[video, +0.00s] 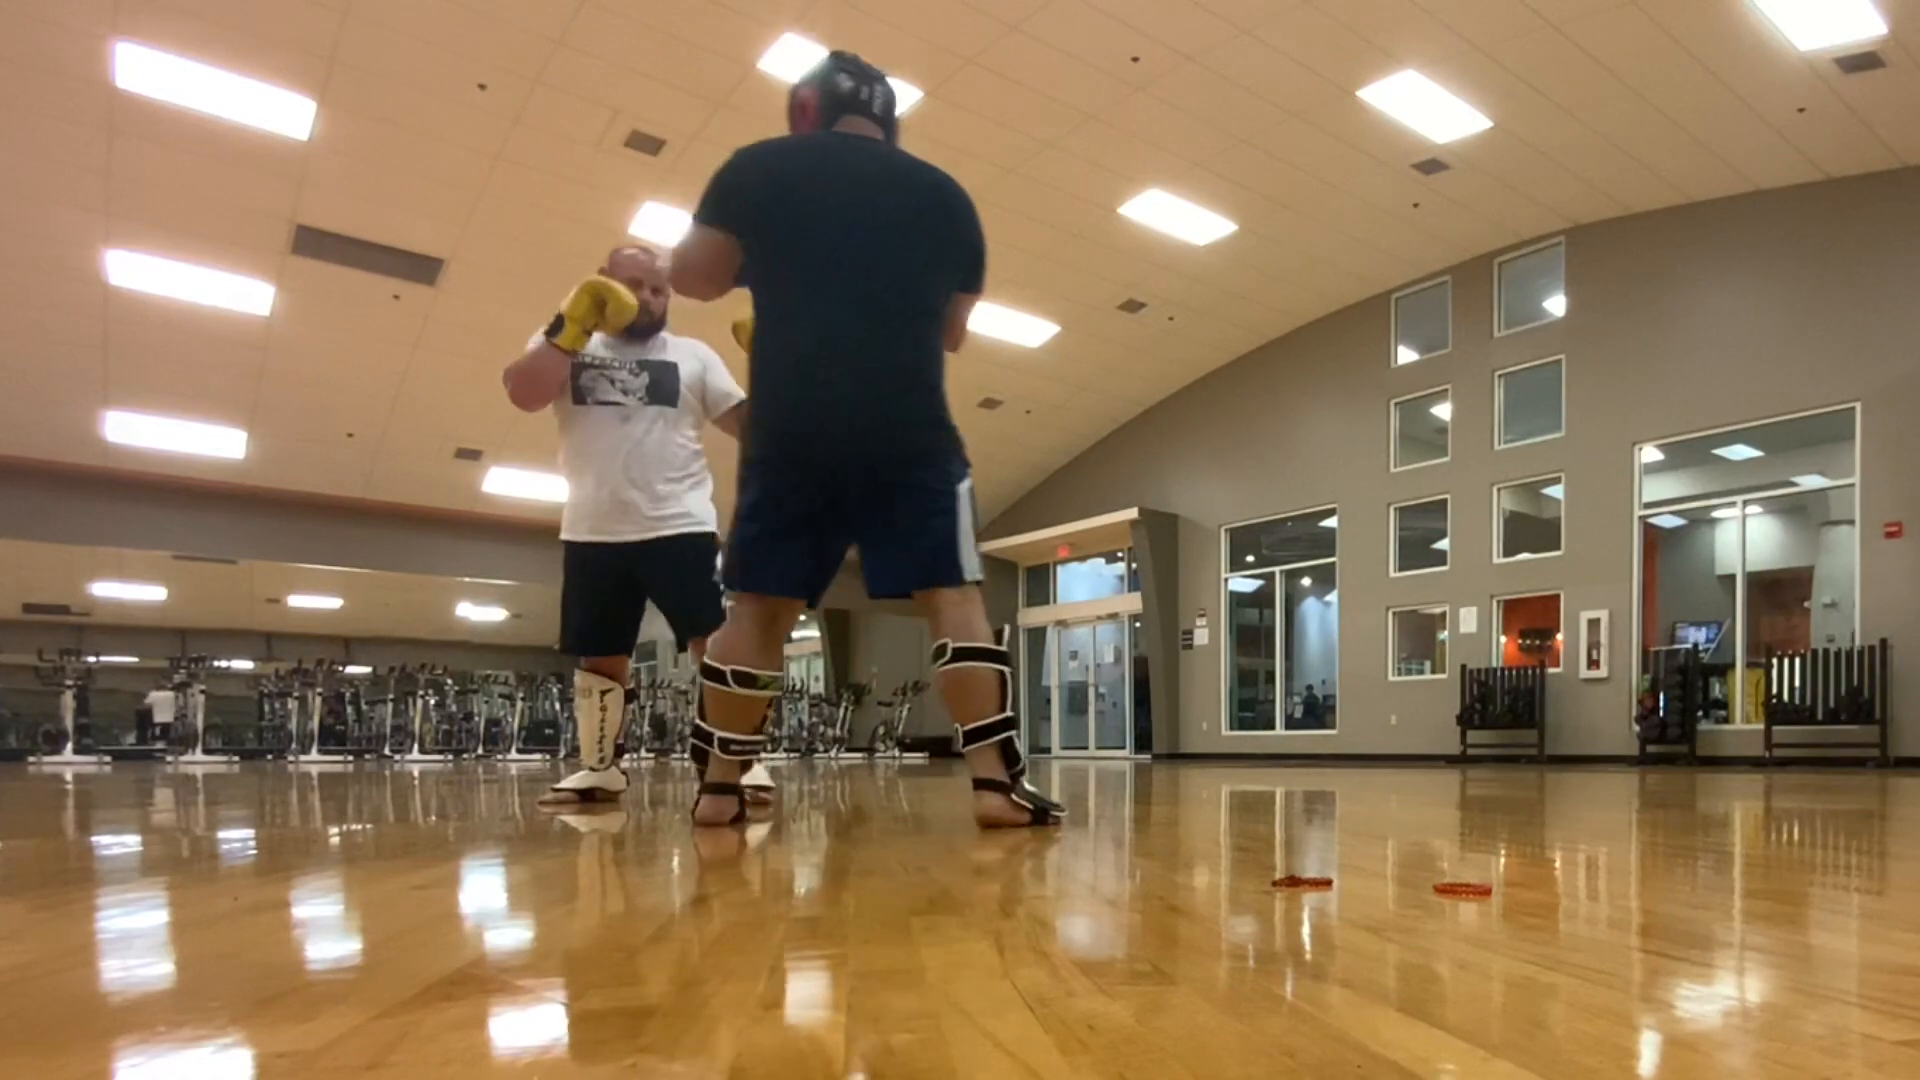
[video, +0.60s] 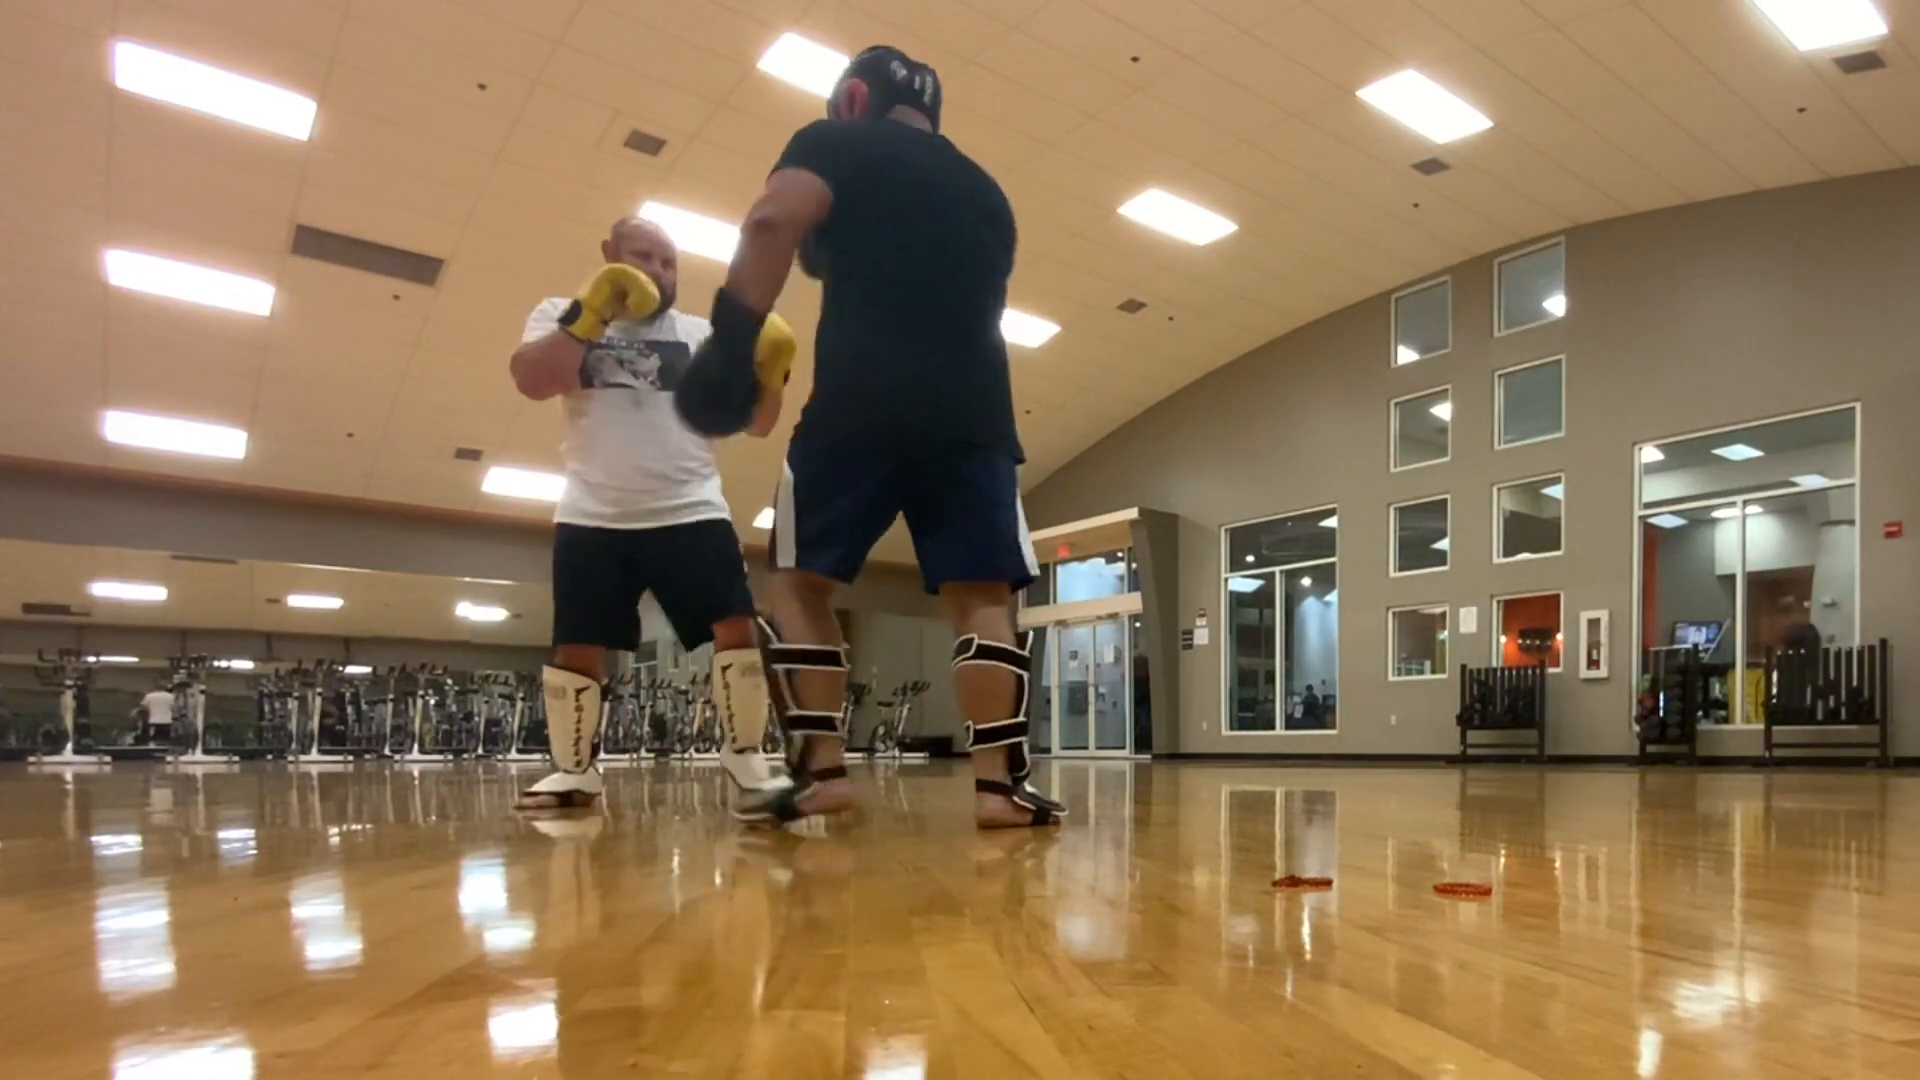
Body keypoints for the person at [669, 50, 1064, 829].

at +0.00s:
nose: (788, 126)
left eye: (790, 115)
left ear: (803, 109)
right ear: (890, 124)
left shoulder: (763, 166)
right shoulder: (943, 193)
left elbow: (695, 276)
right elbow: (951, 334)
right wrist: (875, 285)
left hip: (794, 431)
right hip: (910, 431)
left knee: (757, 609)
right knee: (953, 596)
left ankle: (719, 791)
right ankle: (996, 784)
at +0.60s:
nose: (835, 114)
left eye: (838, 101)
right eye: (839, 104)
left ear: (856, 94)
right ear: (931, 114)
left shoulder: (838, 141)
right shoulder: (988, 190)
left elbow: (774, 219)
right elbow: (982, 312)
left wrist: (731, 342)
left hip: (859, 409)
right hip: (972, 417)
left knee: (800, 582)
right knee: (983, 597)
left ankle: (824, 770)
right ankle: (998, 787)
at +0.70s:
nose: (813, 105)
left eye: (817, 92)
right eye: (816, 96)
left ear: (839, 84)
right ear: (910, 109)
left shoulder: (836, 130)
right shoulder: (958, 186)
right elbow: (923, 299)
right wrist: (804, 298)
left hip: (845, 412)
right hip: (951, 417)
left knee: (809, 593)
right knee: (975, 595)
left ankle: (833, 784)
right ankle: (1007, 739)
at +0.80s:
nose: (798, 108)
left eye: (800, 92)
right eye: (799, 96)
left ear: (820, 78)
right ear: (889, 91)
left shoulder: (854, 123)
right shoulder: (929, 174)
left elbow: (792, 192)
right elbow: (889, 302)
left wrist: (678, 207)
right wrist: (779, 326)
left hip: (838, 408)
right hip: (919, 416)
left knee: (797, 594)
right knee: (910, 571)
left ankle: (829, 783)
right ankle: (1005, 667)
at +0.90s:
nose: (781, 98)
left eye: (785, 81)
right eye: (781, 86)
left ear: (808, 62)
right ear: (874, 72)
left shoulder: (840, 114)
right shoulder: (926, 164)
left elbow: (758, 202)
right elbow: (963, 319)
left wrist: (688, 156)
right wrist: (906, 387)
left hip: (846, 397)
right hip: (905, 408)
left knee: (815, 603)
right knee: (819, 598)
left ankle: (834, 787)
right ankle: (825, 776)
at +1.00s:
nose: (784, 90)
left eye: (786, 75)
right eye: (786, 78)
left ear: (806, 62)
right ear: (875, 75)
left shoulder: (819, 109)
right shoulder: (936, 161)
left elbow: (724, 193)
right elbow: (972, 311)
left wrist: (690, 134)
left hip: (858, 386)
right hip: (926, 396)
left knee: (834, 596)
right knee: (772, 562)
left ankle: (834, 785)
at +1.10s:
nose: (793, 88)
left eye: (798, 73)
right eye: (795, 76)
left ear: (820, 61)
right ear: (892, 77)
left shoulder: (831, 116)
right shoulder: (948, 166)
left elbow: (730, 194)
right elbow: (971, 295)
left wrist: (683, 139)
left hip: (873, 396)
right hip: (943, 404)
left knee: (836, 591)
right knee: (810, 484)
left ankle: (835, 784)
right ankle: (773, 607)